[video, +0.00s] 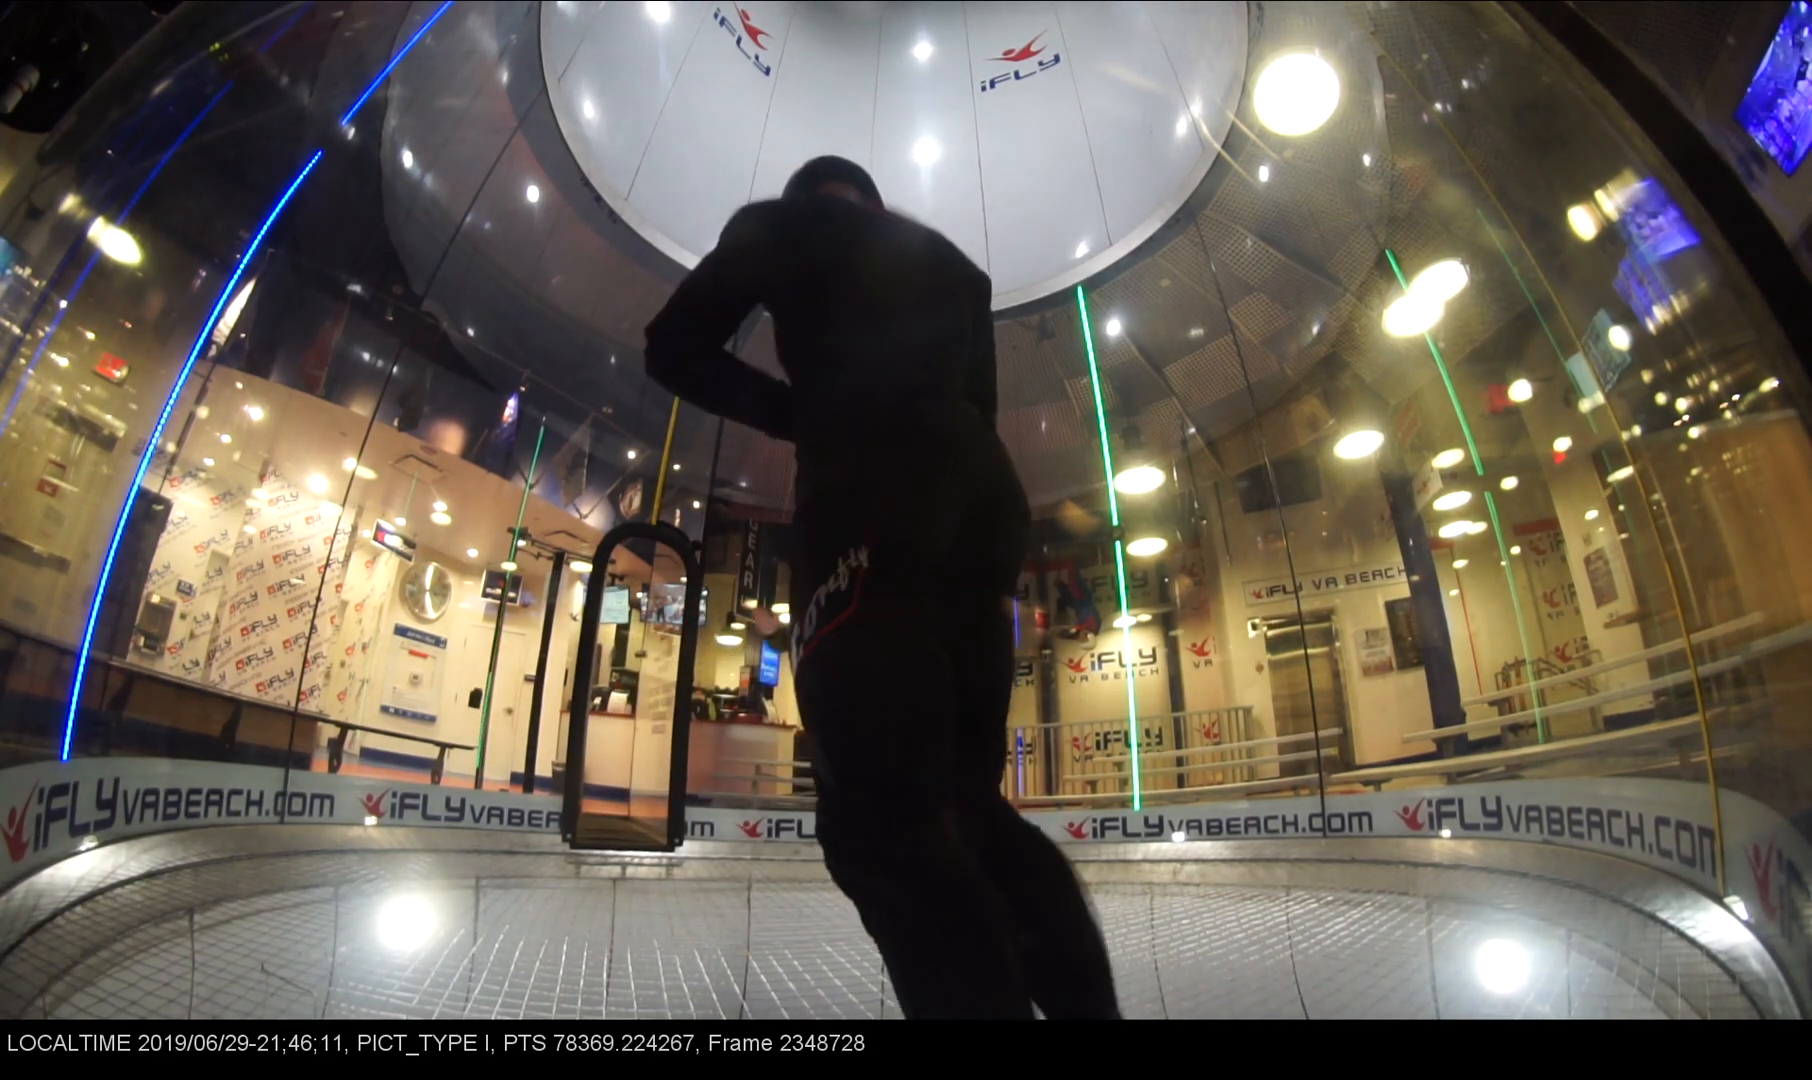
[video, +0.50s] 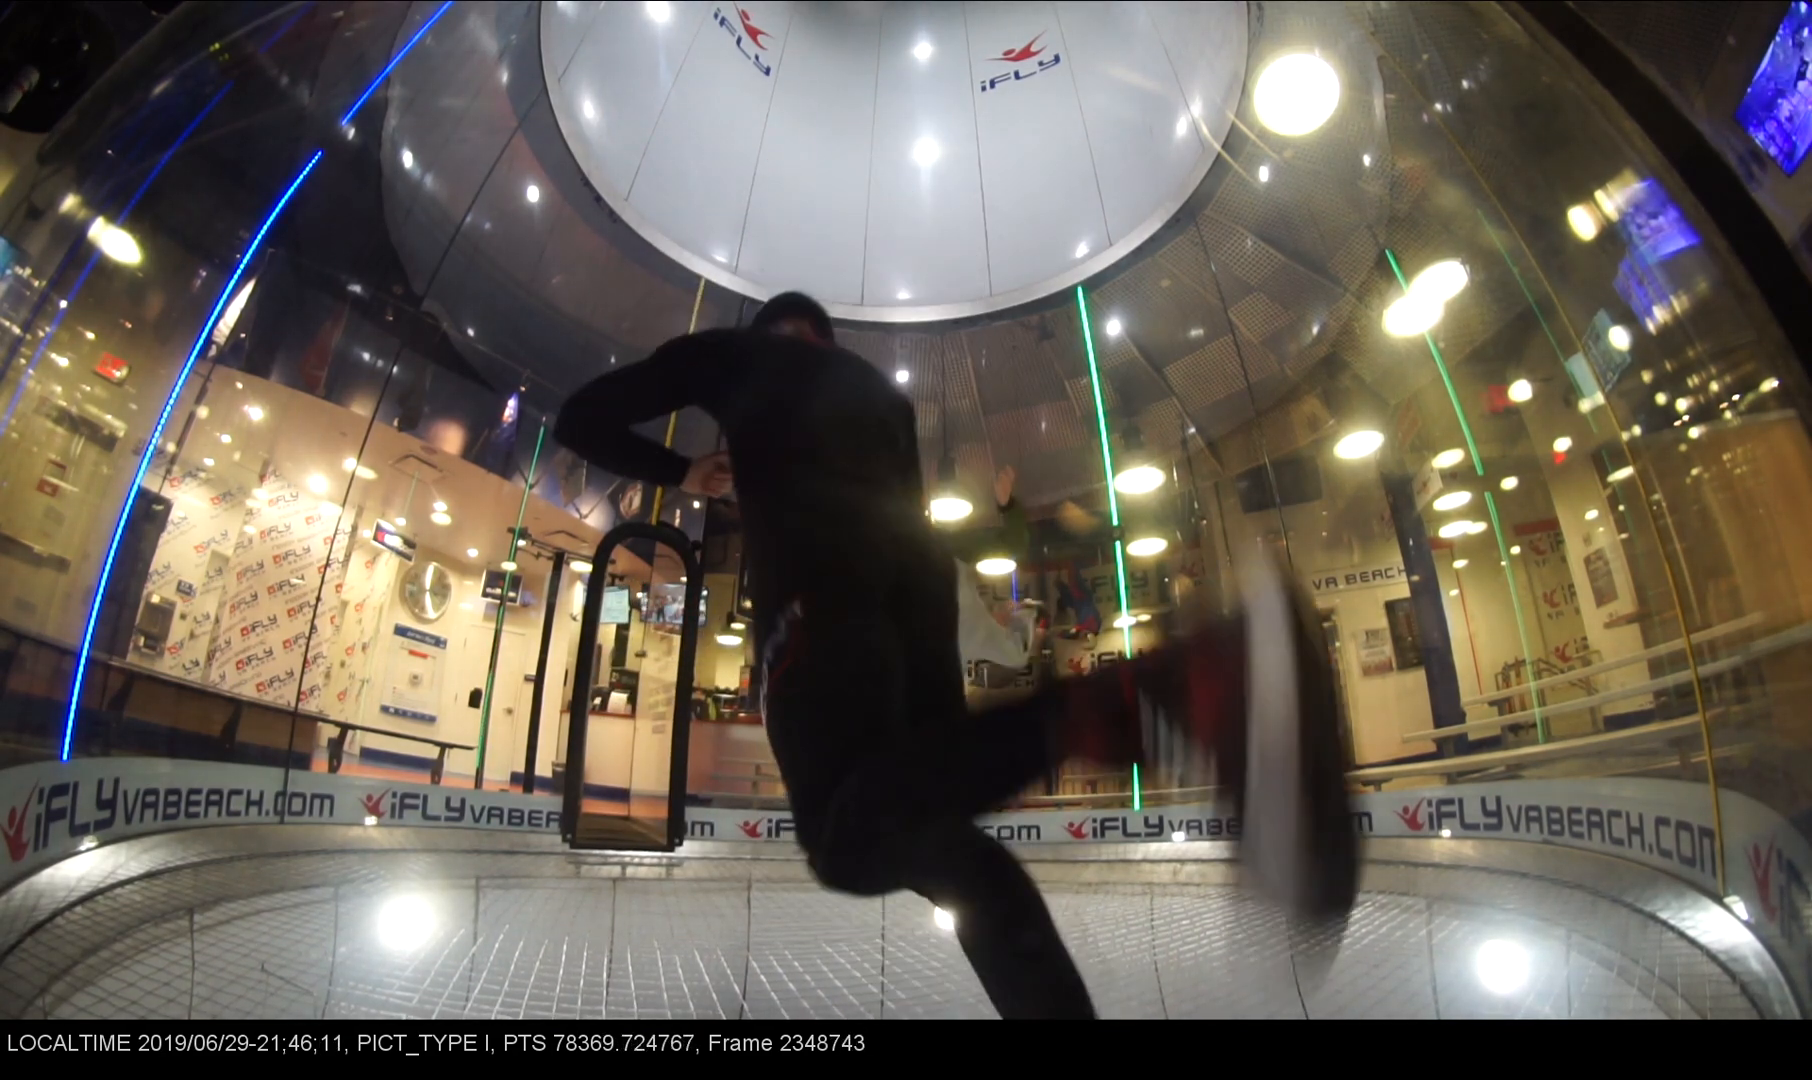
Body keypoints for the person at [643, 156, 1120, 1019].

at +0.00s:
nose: (807, 210)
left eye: (804, 201)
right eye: (818, 203)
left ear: (804, 197)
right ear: (874, 198)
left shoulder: (780, 222)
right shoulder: (955, 262)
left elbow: (676, 348)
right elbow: (976, 408)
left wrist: (801, 416)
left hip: (865, 509)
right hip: (984, 507)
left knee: (875, 822)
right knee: (969, 802)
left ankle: (983, 1006)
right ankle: (1086, 1002)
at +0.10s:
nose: (813, 233)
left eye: (808, 224)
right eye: (828, 226)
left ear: (803, 217)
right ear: (875, 221)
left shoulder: (779, 238)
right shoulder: (950, 282)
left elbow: (662, 356)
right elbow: (968, 421)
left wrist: (785, 408)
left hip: (859, 518)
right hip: (978, 517)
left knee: (862, 823)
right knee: (969, 805)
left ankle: (979, 1005)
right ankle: (1101, 1005)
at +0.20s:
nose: (808, 254)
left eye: (803, 244)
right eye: (822, 249)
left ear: (803, 240)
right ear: (869, 244)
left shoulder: (777, 258)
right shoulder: (933, 298)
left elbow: (651, 370)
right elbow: (960, 433)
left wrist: (767, 425)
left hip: (849, 524)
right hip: (969, 525)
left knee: (840, 825)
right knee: (963, 808)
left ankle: (969, 1009)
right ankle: (1088, 1006)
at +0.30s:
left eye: (801, 272)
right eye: (833, 277)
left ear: (798, 271)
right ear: (861, 277)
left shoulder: (769, 285)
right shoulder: (922, 336)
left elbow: (631, 383)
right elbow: (935, 461)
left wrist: (741, 448)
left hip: (847, 549)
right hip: (962, 550)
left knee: (821, 850)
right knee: (950, 828)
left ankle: (990, 1009)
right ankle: (1085, 1010)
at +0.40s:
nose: (785, 318)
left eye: (780, 307)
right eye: (806, 308)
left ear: (784, 297)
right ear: (849, 307)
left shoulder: (756, 316)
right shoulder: (906, 369)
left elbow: (604, 394)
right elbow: (918, 494)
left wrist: (705, 468)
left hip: (835, 586)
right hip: (942, 580)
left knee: (826, 861)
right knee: (945, 830)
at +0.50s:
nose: (772, 347)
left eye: (770, 335)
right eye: (785, 338)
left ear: (771, 328)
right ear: (828, 334)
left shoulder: (748, 351)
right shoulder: (882, 396)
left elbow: (583, 420)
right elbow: (906, 532)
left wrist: (676, 467)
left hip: (824, 605)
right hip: (913, 599)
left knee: (846, 844)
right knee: (966, 860)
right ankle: (1057, 1011)